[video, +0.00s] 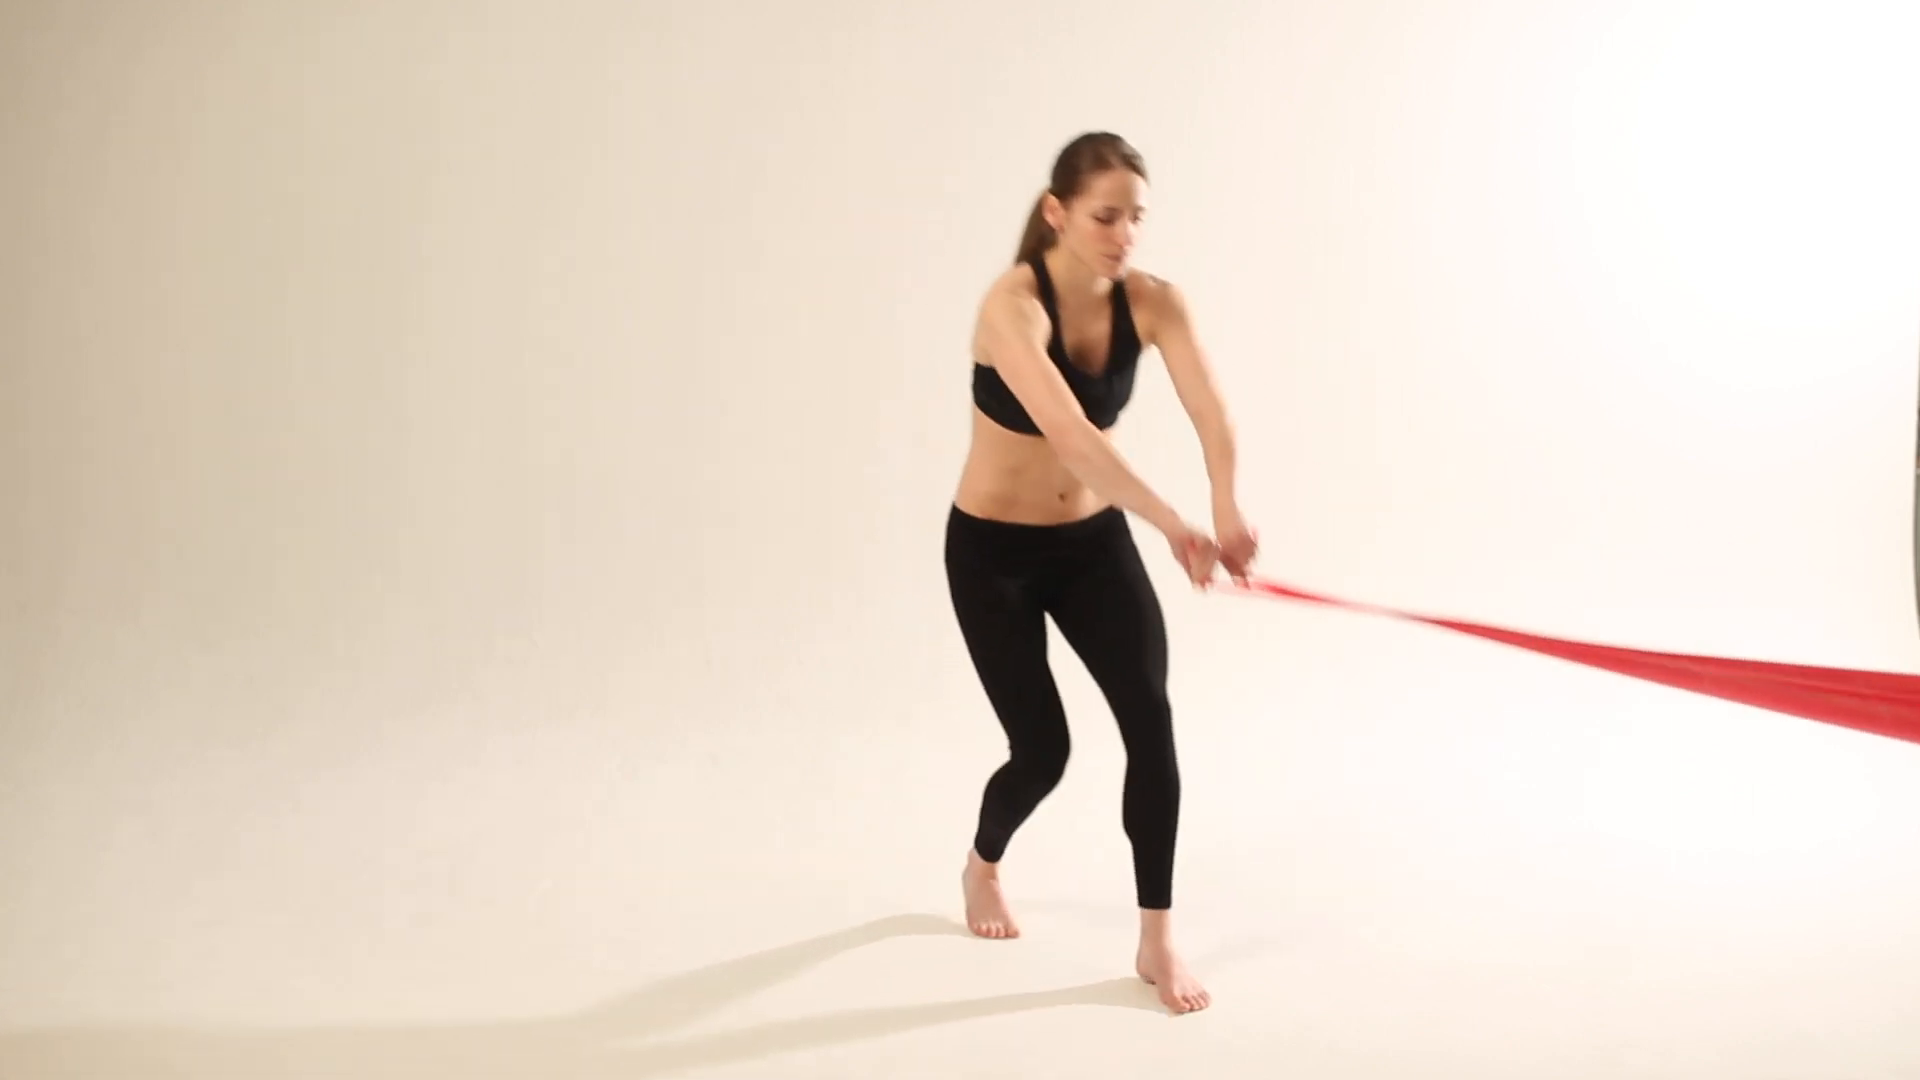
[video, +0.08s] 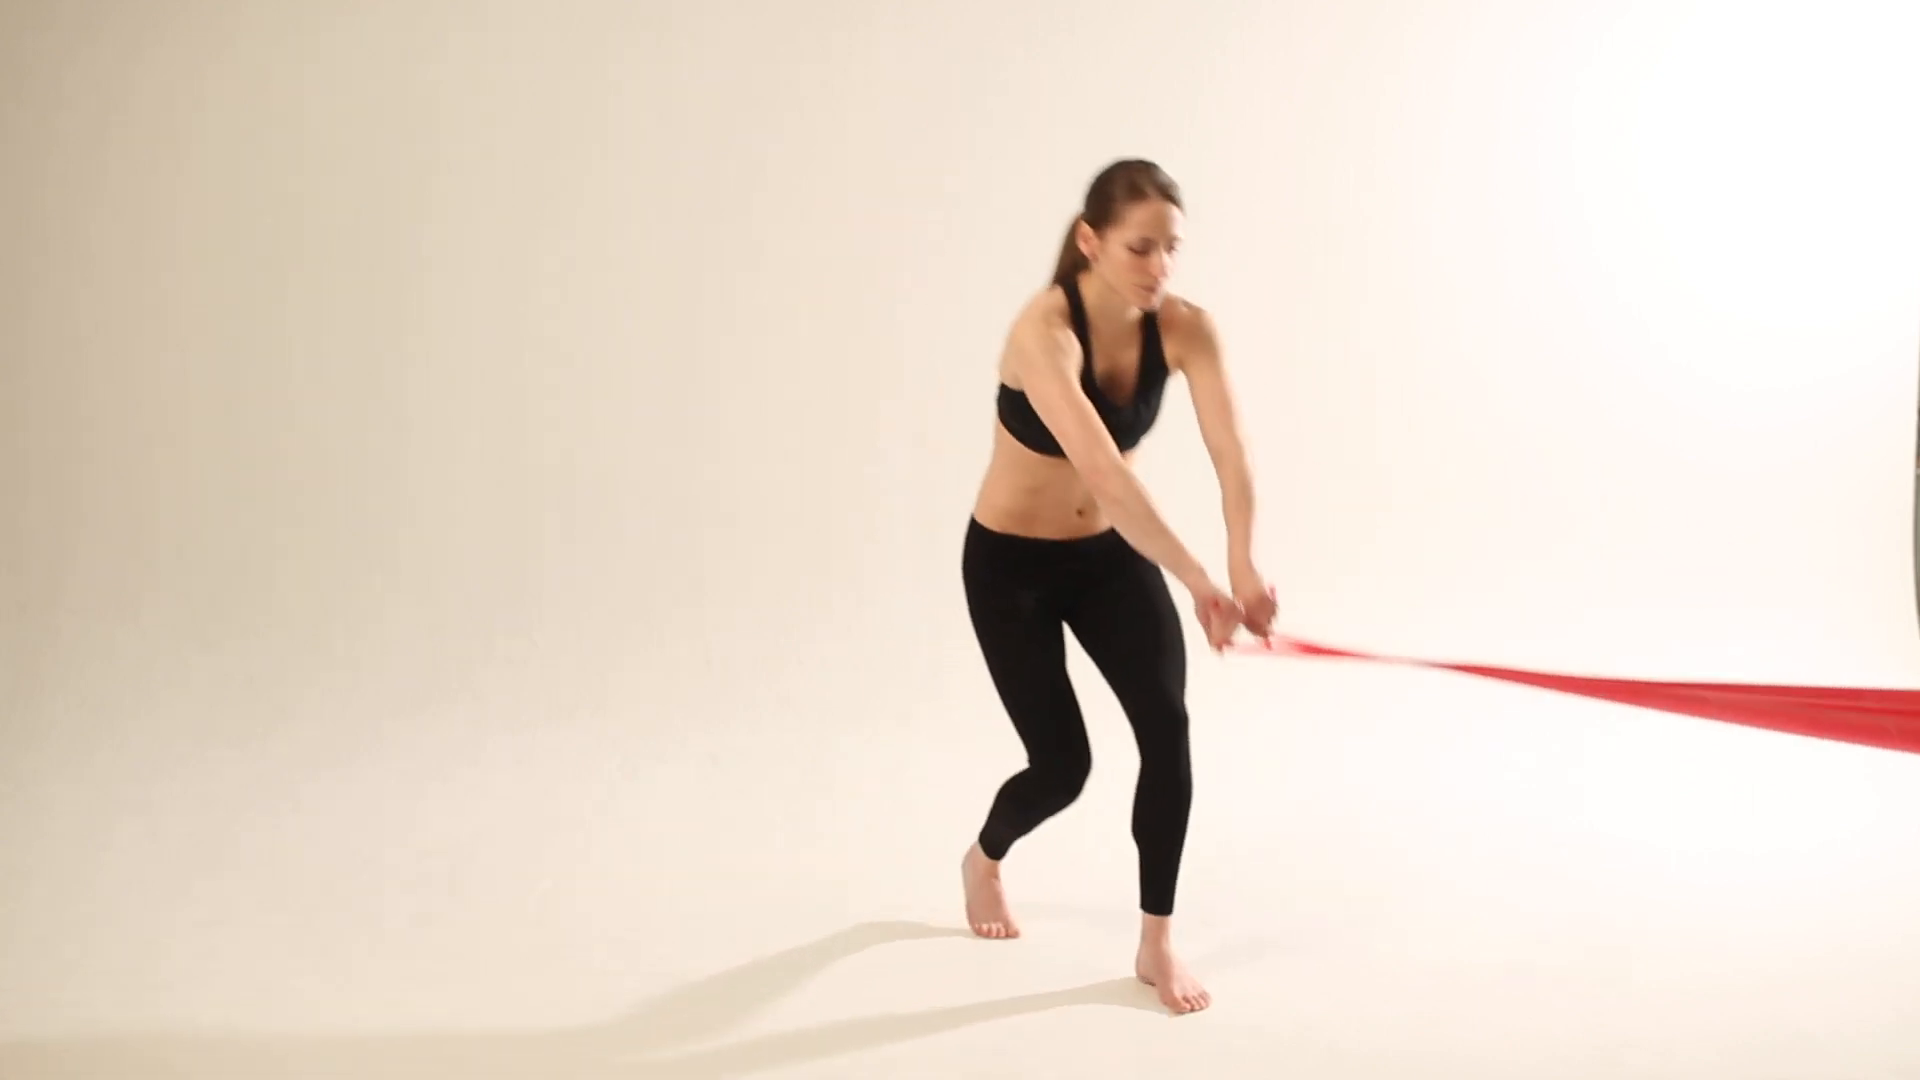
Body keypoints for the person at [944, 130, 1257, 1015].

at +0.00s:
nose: (1124, 231)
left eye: (1134, 214)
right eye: (1107, 213)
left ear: (1142, 219)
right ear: (1055, 211)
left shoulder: (1149, 300)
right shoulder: (1010, 307)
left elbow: (1210, 414)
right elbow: (1078, 445)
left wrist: (1226, 510)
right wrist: (1174, 526)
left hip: (1093, 546)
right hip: (992, 551)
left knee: (1150, 730)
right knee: (1043, 752)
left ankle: (1156, 939)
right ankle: (981, 863)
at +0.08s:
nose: (1160, 267)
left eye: (1170, 247)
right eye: (1142, 247)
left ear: (1179, 246)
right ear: (1089, 243)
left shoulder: (1180, 323)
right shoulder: (1042, 333)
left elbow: (1229, 451)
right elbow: (1109, 483)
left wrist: (1240, 567)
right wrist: (1198, 580)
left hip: (1110, 557)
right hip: (1011, 563)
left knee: (1166, 734)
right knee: (1062, 768)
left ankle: (1156, 941)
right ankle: (982, 854)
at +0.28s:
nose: (1229, 363)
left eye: (1239, 342)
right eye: (1212, 342)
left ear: (1249, 334)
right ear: (1157, 329)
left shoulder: (1247, 409)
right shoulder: (1102, 409)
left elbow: (1273, 549)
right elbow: (1163, 576)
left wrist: (1282, 684)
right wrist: (1243, 703)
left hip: (1136, 592)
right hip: (1039, 598)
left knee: (1198, 750)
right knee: (1085, 805)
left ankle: (1158, 942)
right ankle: (989, 850)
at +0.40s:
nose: (1254, 412)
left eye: (1266, 393)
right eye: (1237, 392)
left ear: (1276, 381)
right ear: (1182, 376)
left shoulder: (1271, 452)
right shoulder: (1122, 446)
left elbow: (1292, 593)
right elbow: (1182, 622)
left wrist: (1300, 733)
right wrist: (1256, 755)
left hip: (1149, 603)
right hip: (1050, 611)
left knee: (1206, 760)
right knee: (1091, 819)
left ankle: (1158, 944)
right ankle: (992, 851)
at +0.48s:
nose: (1264, 433)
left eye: (1276, 413)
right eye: (1247, 412)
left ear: (1286, 403)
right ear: (1192, 395)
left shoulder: (1279, 469)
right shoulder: (1130, 461)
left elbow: (1298, 611)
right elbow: (1188, 640)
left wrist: (1306, 752)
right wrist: (1262, 774)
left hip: (1153, 607)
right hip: (1053, 616)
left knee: (1210, 765)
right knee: (1093, 826)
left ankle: (1158, 944)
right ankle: (993, 851)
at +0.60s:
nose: (1271, 446)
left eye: (1284, 427)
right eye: (1254, 426)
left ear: (1295, 413)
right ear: (1199, 407)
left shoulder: (1284, 479)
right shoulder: (1135, 468)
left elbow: (1304, 622)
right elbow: (1192, 649)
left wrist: (1311, 762)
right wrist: (1265, 784)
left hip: (1153, 614)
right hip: (1054, 620)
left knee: (1211, 768)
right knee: (1095, 830)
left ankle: (1158, 943)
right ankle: (995, 851)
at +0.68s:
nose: (1271, 445)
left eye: (1283, 425)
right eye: (1254, 424)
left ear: (1294, 411)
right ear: (1199, 405)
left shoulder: (1283, 477)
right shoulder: (1134, 466)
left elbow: (1304, 620)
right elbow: (1192, 645)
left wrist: (1312, 759)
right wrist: (1265, 779)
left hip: (1151, 614)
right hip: (1054, 619)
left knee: (1210, 765)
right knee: (1095, 829)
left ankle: (1158, 943)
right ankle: (995, 851)